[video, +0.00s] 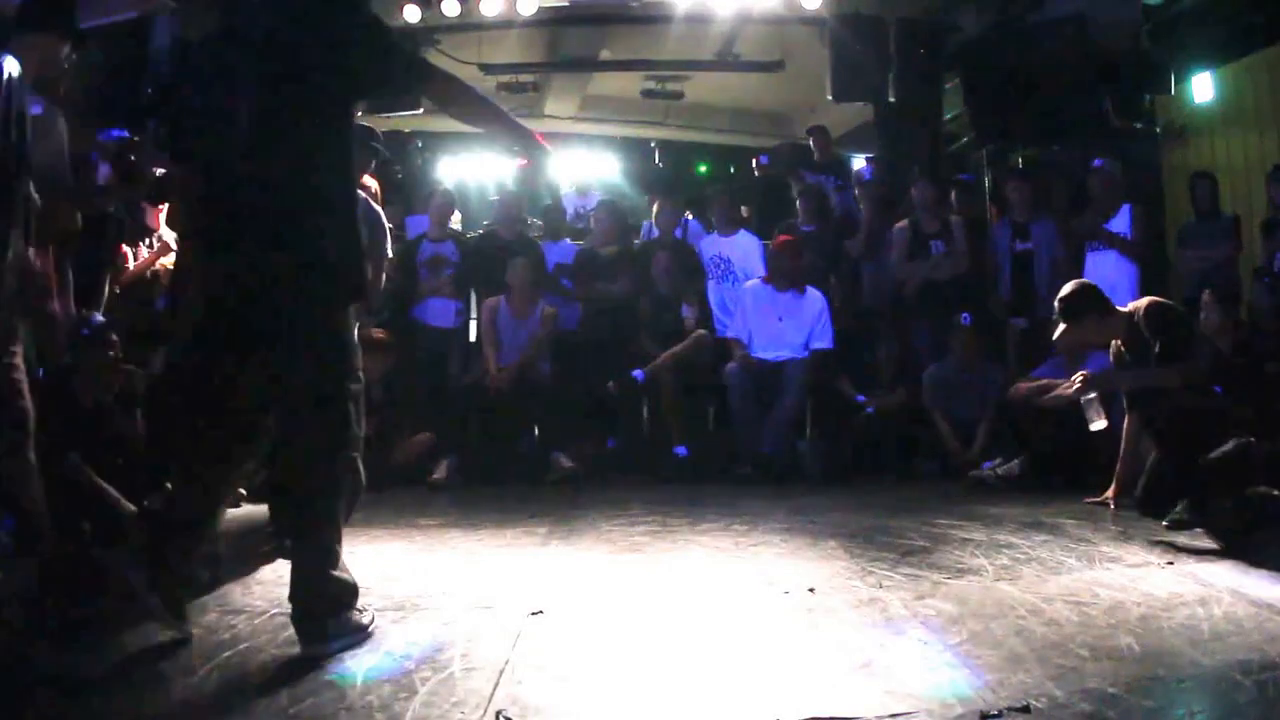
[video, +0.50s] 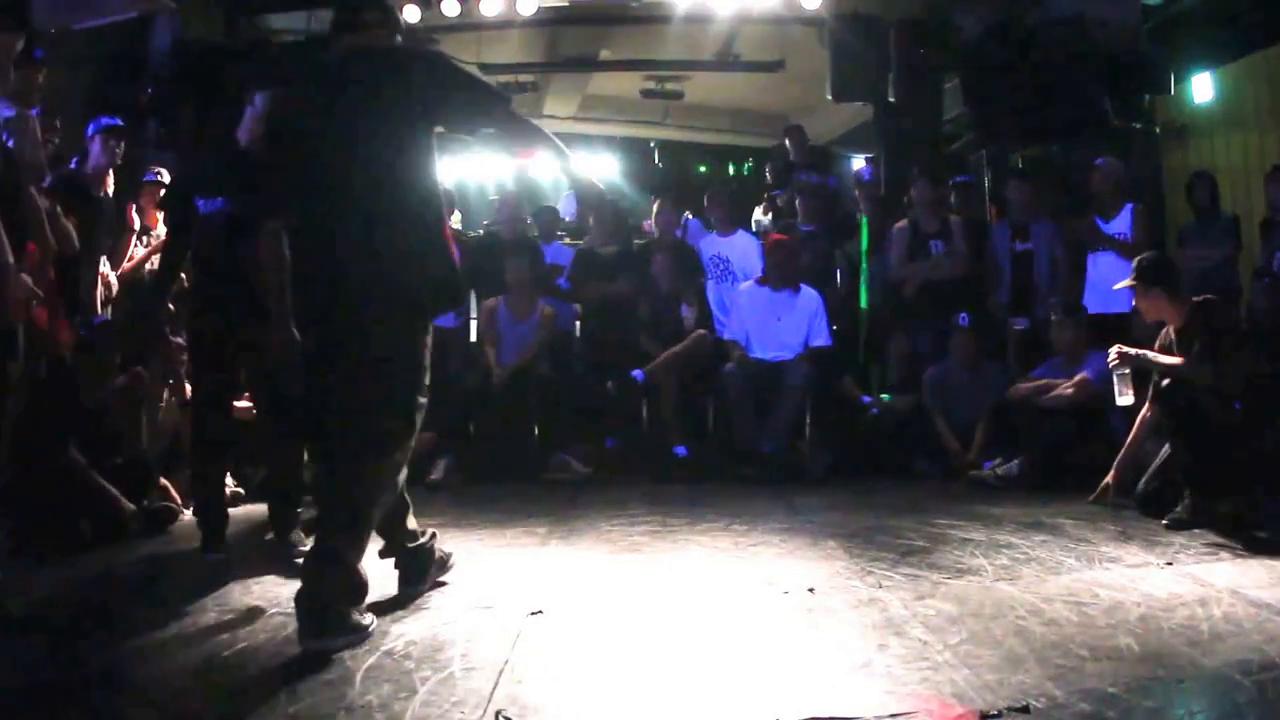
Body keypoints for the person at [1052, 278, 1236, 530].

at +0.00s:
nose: (1082, 339)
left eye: (1078, 329)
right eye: (1076, 331)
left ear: (1094, 318)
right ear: (1096, 318)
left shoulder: (1152, 312)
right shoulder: (1120, 350)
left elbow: (1180, 374)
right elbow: (1134, 415)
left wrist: (1106, 380)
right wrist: (1118, 486)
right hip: (1179, 431)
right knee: (1151, 503)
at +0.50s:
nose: (1135, 303)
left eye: (1138, 293)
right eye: (1133, 294)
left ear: (1159, 293)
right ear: (1156, 295)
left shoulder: (1209, 313)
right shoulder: (1166, 341)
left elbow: (1203, 367)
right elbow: (1151, 411)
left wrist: (1140, 357)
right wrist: (1117, 472)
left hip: (1232, 426)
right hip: (1197, 430)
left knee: (1173, 395)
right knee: (1149, 498)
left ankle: (1196, 497)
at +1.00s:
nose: (1157, 285)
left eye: (1163, 276)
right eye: (1157, 277)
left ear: (1189, 278)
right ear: (1184, 280)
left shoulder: (1224, 310)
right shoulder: (1179, 332)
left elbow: (1217, 359)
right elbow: (1180, 403)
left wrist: (1143, 369)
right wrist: (1177, 449)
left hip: (1242, 429)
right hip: (1205, 434)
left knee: (1193, 387)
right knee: (1152, 496)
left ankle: (1197, 501)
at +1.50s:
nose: (1175, 280)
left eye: (1185, 272)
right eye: (1176, 272)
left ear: (1210, 277)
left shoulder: (1236, 312)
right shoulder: (1186, 332)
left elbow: (1220, 358)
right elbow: (1184, 404)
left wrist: (1144, 373)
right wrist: (1174, 457)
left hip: (1250, 427)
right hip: (1210, 431)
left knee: (1198, 391)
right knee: (1156, 499)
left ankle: (1205, 505)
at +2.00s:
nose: (1186, 276)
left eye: (1195, 269)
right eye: (1186, 269)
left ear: (1220, 274)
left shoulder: (1245, 315)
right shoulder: (1193, 328)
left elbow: (1220, 360)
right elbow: (1193, 403)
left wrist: (1145, 368)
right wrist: (1169, 450)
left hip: (1255, 431)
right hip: (1213, 432)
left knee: (1196, 388)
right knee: (1156, 497)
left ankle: (1206, 503)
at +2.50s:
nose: (1204, 272)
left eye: (1211, 264)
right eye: (1197, 266)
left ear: (1226, 270)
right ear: (1189, 275)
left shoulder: (1245, 315)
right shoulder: (1193, 328)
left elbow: (1223, 361)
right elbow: (1188, 400)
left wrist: (1143, 366)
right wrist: (1165, 451)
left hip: (1249, 424)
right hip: (1206, 425)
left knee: (1197, 392)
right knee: (1156, 497)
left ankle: (1206, 502)